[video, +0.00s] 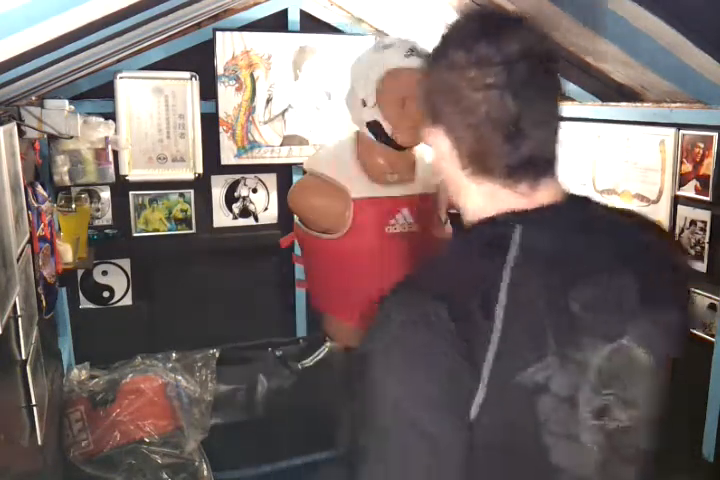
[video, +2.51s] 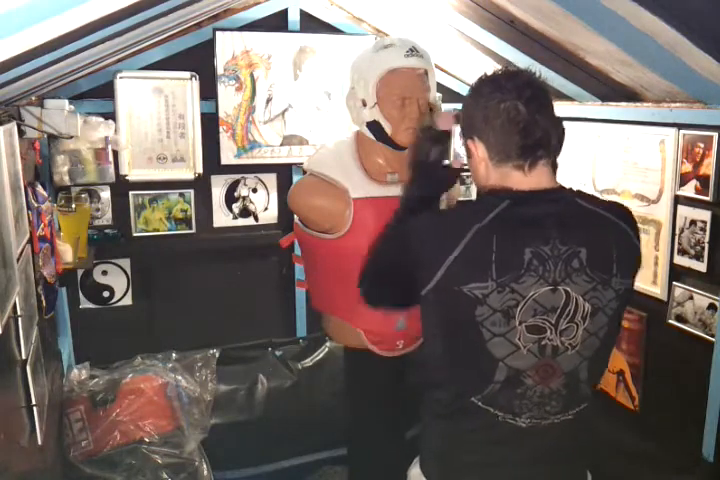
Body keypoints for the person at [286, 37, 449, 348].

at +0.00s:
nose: (417, 113)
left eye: (422, 99)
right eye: (403, 102)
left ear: (434, 99)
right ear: (367, 106)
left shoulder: (439, 177)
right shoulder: (323, 188)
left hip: (426, 350)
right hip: (353, 355)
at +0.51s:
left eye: (437, 132)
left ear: (451, 147)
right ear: (551, 139)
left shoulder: (396, 265)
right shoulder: (655, 249)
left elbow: (336, 445)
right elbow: (689, 423)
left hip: (453, 470)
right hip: (618, 472)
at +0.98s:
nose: (480, 146)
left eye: (480, 132)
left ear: (491, 139)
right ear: (575, 130)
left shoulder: (463, 241)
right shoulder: (659, 237)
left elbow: (396, 398)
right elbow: (677, 396)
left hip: (487, 464)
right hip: (624, 465)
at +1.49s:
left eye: (465, 144)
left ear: (475, 152)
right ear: (553, 142)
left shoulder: (433, 234)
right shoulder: (628, 244)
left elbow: (365, 337)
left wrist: (374, 460)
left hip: (450, 458)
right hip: (565, 461)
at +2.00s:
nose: (467, 160)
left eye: (465, 148)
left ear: (477, 154)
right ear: (552, 143)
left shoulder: (440, 234)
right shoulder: (624, 239)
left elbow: (370, 358)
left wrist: (378, 466)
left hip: (455, 459)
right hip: (570, 461)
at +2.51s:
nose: (468, 158)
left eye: (466, 146)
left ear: (477, 152)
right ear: (556, 141)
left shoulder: (443, 234)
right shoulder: (618, 229)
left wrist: (421, 188)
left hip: (463, 459)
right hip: (567, 458)